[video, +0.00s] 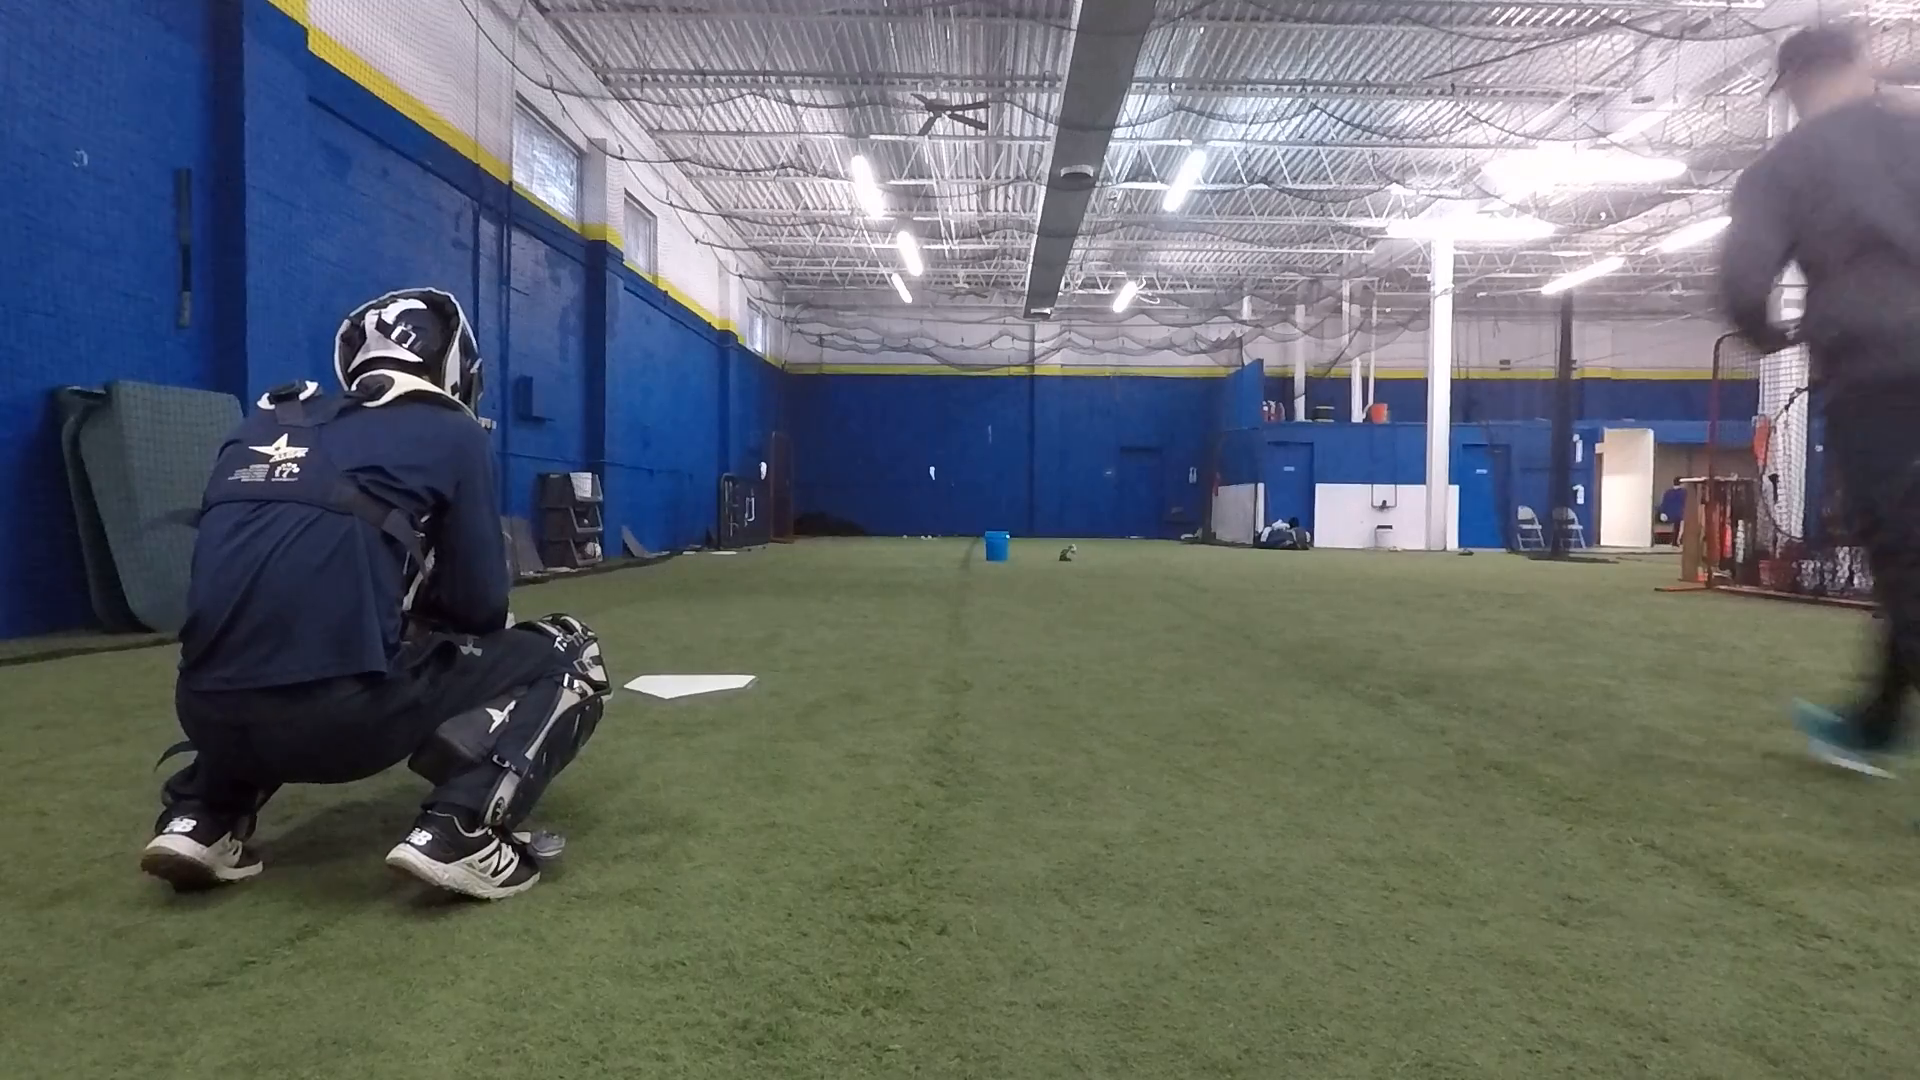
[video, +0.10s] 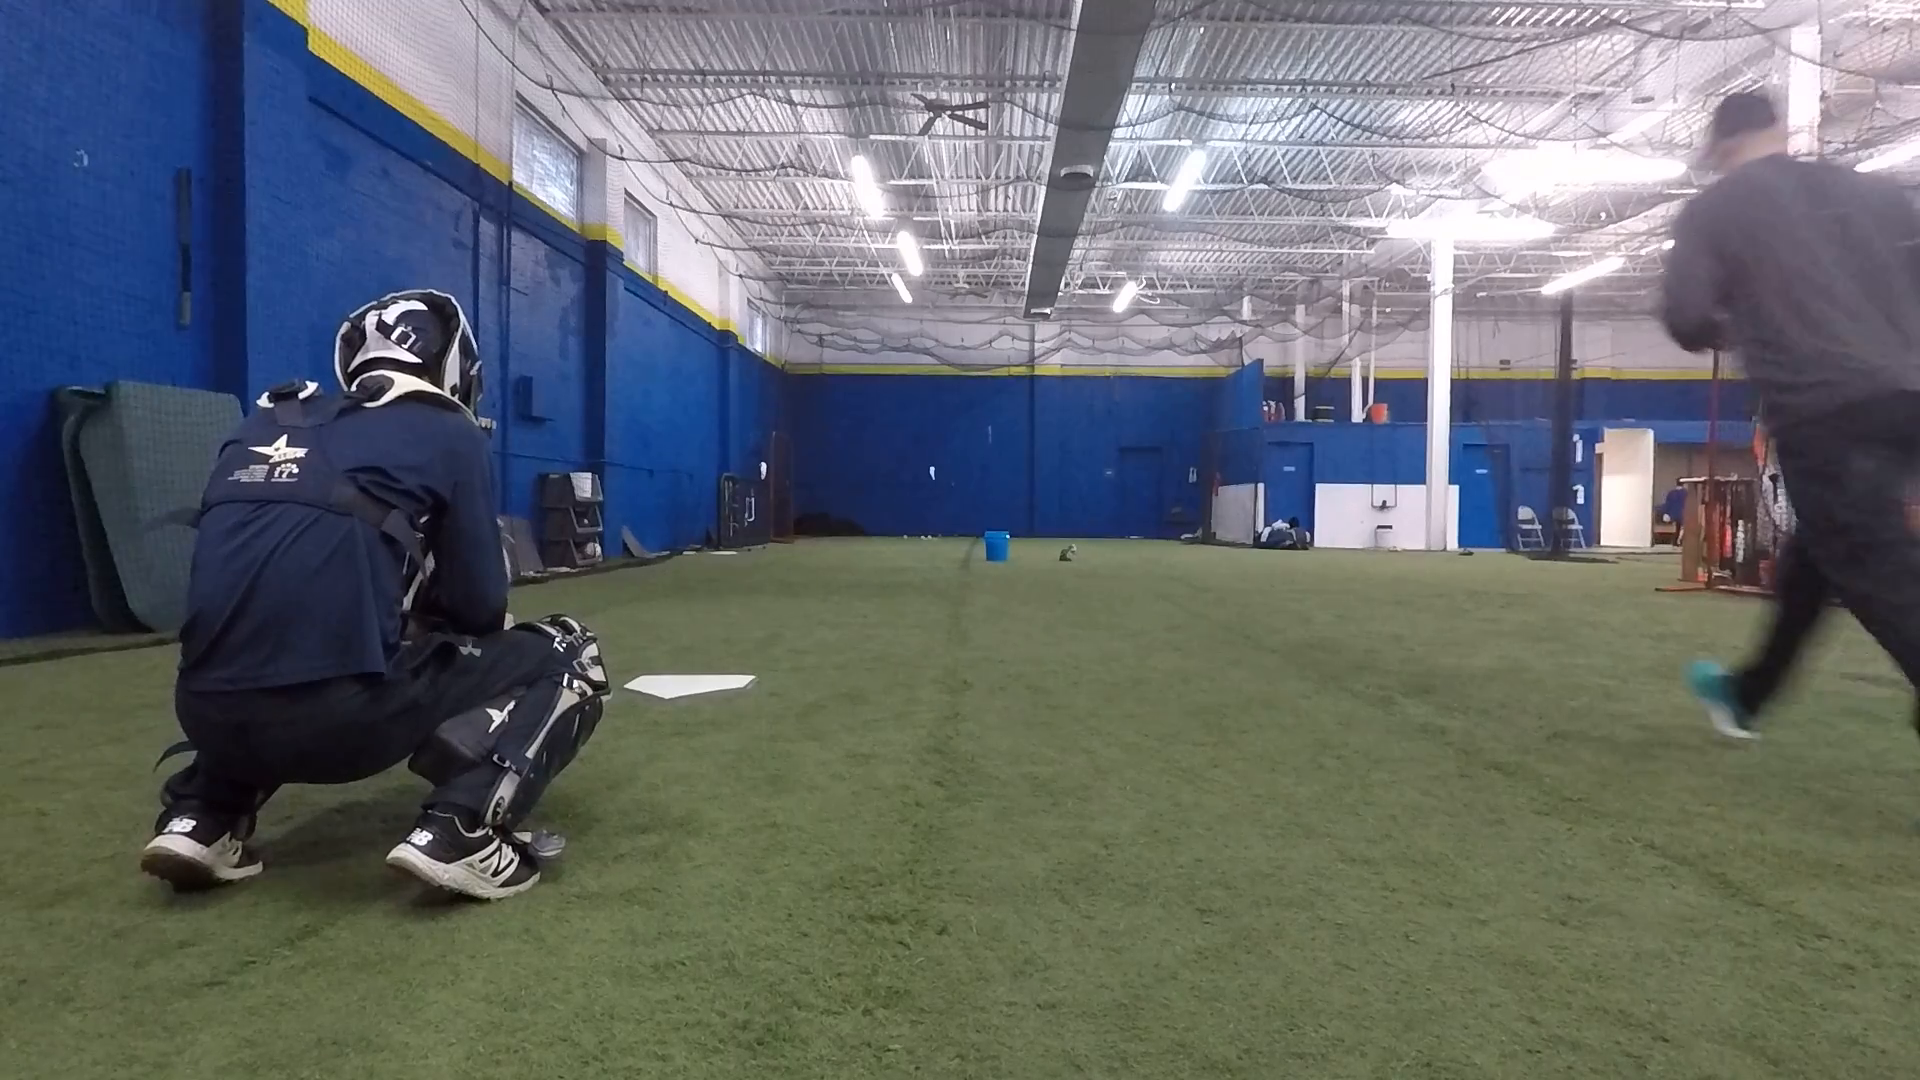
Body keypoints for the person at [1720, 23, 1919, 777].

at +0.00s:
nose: (1796, 104)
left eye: (1790, 92)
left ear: (1792, 86)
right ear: (1862, 66)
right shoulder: (1911, 129)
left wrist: (1770, 331)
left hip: (1874, 376)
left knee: (1897, 544)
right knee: (1899, 543)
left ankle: (1888, 720)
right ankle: (1879, 718)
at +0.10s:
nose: (1716, 165)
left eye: (1715, 155)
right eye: (1719, 155)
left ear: (1722, 148)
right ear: (1780, 133)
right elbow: (1916, 230)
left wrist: (1733, 325)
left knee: (1880, 576)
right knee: (1817, 556)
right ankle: (1747, 696)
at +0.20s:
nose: (1668, 186)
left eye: (1667, 177)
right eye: (1681, 174)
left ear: (1669, 177)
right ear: (1724, 170)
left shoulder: (1653, 224)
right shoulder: (1790, 218)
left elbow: (1628, 305)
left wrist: (1679, 339)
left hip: (1739, 407)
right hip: (1817, 400)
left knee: (1804, 568)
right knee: (1726, 552)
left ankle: (1908, 715)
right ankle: (1695, 705)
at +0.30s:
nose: (1641, 222)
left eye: (1625, 213)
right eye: (1655, 209)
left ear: (1619, 217)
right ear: (1671, 213)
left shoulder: (1602, 263)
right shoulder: (1725, 262)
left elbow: (1586, 335)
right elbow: (1767, 351)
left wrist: (1606, 405)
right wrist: (1742, 406)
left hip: (1672, 428)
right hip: (1740, 422)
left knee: (1673, 571)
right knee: (1654, 562)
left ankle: (1800, 657)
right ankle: (1680, 708)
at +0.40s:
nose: (1572, 243)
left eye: (1569, 234)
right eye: (1584, 233)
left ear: (1572, 232)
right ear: (1615, 231)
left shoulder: (1565, 268)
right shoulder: (1655, 276)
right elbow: (1697, 350)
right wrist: (1696, 412)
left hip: (1609, 430)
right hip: (1680, 426)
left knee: (1578, 562)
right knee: (1644, 558)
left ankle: (1670, 623)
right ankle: (1666, 706)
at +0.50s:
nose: (1521, 236)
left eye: (1521, 227)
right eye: (1530, 226)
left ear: (1522, 226)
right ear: (1565, 226)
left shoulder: (1520, 254)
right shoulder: (1599, 275)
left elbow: (1527, 298)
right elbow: (1638, 329)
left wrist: (1512, 353)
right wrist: (1630, 383)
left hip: (1552, 415)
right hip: (1619, 411)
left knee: (1523, 531)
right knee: (1629, 527)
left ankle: (1568, 637)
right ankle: (1678, 657)